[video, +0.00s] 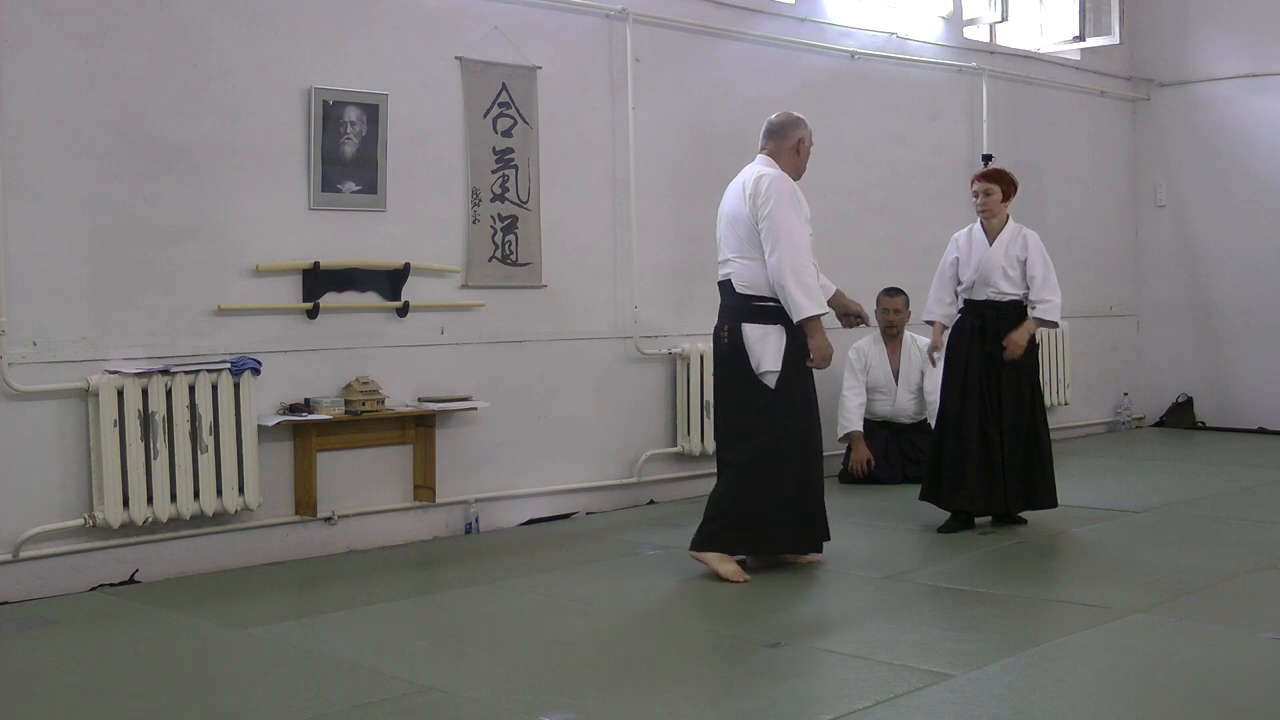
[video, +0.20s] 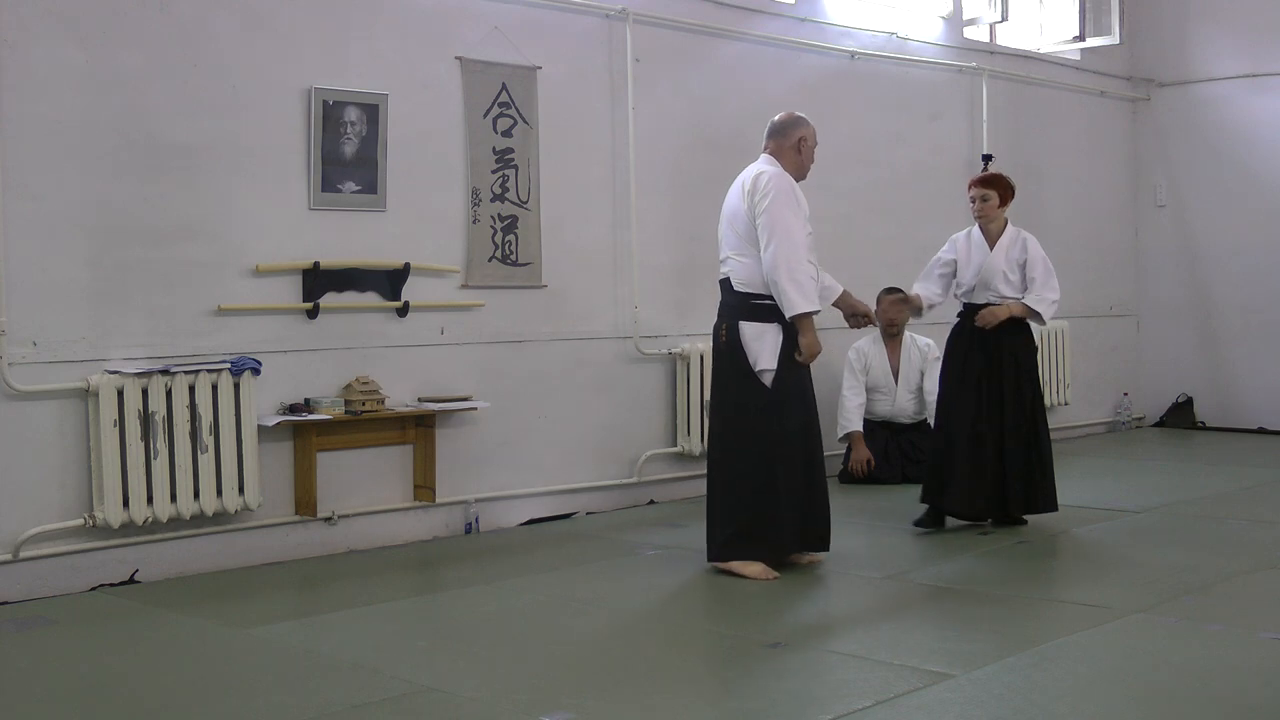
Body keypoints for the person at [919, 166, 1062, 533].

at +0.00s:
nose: (980, 200)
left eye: (988, 194)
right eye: (976, 195)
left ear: (1006, 198)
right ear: (972, 199)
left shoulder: (1025, 239)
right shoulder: (961, 239)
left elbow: (1047, 296)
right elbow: (945, 289)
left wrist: (1025, 330)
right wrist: (937, 331)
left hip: (1011, 330)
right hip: (969, 330)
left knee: (1010, 414)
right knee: (963, 414)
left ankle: (1006, 506)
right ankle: (963, 508)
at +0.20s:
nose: (977, 206)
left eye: (985, 200)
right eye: (973, 200)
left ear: (1004, 202)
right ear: (969, 203)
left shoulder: (1024, 244)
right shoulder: (960, 243)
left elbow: (1046, 298)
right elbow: (932, 287)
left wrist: (1007, 309)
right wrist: (910, 300)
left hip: (1010, 338)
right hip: (967, 336)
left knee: (1009, 419)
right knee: (953, 417)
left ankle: (1007, 507)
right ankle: (936, 507)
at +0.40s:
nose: (965, 212)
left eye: (973, 205)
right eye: (961, 206)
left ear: (992, 207)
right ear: (957, 209)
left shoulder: (1013, 249)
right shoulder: (949, 245)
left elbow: (1027, 301)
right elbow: (910, 274)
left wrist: (984, 303)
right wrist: (874, 283)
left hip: (998, 344)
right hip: (957, 343)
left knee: (1003, 423)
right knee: (940, 422)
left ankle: (1006, 508)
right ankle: (905, 504)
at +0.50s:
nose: (954, 210)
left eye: (962, 203)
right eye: (949, 204)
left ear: (981, 207)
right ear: (945, 208)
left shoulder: (1000, 249)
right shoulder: (937, 244)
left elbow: (1014, 302)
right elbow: (901, 273)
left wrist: (972, 305)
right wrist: (868, 287)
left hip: (986, 345)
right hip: (943, 345)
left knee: (995, 424)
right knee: (926, 426)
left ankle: (1003, 508)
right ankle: (897, 515)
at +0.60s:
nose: (940, 208)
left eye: (948, 201)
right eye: (935, 201)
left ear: (966, 205)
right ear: (930, 206)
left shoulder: (985, 248)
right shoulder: (921, 243)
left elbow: (999, 304)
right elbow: (890, 277)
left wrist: (960, 307)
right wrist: (860, 297)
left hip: (969, 344)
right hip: (925, 345)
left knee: (979, 423)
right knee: (913, 426)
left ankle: (986, 509)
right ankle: (894, 515)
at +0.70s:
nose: (928, 205)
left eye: (936, 199)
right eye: (923, 199)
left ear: (954, 203)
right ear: (917, 204)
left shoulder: (973, 247)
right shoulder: (908, 243)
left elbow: (987, 303)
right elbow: (879, 280)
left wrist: (948, 309)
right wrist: (856, 303)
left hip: (956, 343)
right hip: (911, 344)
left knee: (967, 423)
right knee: (903, 427)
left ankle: (980, 509)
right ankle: (893, 518)